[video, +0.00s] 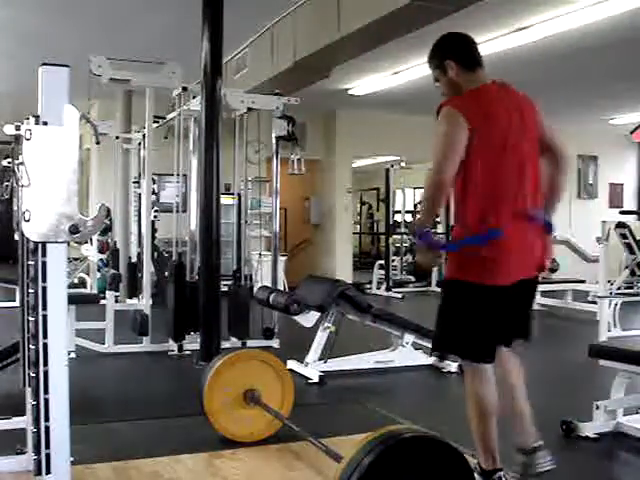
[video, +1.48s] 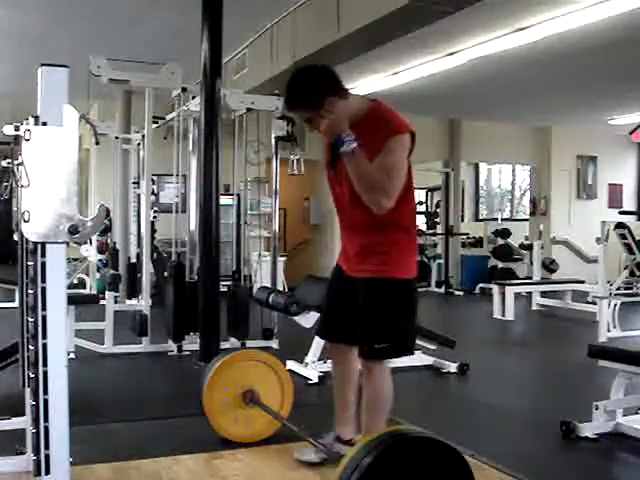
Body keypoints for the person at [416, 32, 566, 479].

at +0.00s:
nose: (439, 84)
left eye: (438, 76)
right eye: (437, 76)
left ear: (450, 68)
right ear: (479, 62)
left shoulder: (458, 109)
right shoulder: (520, 101)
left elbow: (442, 175)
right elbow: (560, 157)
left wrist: (423, 234)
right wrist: (545, 215)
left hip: (480, 253)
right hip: (527, 249)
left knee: (475, 363)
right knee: (503, 345)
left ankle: (489, 466)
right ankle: (532, 444)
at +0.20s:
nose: (427, 93)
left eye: (426, 82)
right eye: (424, 85)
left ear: (443, 72)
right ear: (463, 70)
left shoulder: (455, 119)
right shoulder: (499, 113)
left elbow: (442, 199)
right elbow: (514, 180)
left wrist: (396, 244)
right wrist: (475, 217)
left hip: (470, 260)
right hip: (503, 258)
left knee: (469, 362)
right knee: (470, 353)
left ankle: (489, 463)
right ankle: (463, 433)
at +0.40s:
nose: (414, 105)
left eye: (414, 95)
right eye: (410, 98)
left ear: (436, 81)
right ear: (437, 82)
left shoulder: (460, 123)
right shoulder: (460, 122)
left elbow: (450, 204)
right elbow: (450, 205)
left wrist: (405, 240)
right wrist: (407, 238)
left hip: (453, 267)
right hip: (455, 266)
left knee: (428, 360)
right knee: (435, 361)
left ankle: (473, 450)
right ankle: (440, 442)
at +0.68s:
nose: (395, 105)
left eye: (397, 95)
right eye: (391, 98)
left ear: (420, 81)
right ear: (407, 89)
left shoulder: (452, 124)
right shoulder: (415, 133)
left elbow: (459, 195)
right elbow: (413, 196)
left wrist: (406, 232)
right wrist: (395, 232)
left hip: (445, 255)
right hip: (426, 253)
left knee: (405, 343)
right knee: (433, 345)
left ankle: (410, 437)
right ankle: (439, 433)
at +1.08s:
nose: (353, 106)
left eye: (355, 95)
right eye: (348, 98)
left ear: (379, 81)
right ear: (362, 89)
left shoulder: (424, 128)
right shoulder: (360, 125)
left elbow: (443, 198)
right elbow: (366, 194)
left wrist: (387, 165)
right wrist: (358, 253)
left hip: (407, 264)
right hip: (373, 261)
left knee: (375, 357)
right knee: (401, 354)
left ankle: (369, 452)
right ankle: (431, 426)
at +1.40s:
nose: (320, 125)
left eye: (321, 114)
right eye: (314, 118)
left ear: (343, 98)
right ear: (333, 103)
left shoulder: (397, 125)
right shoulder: (339, 130)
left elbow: (390, 196)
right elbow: (351, 199)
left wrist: (357, 138)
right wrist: (351, 253)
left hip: (392, 268)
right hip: (354, 262)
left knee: (374, 358)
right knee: (338, 342)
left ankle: (370, 446)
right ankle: (373, 422)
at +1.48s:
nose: (314, 130)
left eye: (314, 119)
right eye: (308, 124)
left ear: (332, 101)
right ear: (324, 106)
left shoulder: (390, 126)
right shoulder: (339, 132)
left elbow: (382, 197)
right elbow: (347, 207)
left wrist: (345, 143)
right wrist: (345, 260)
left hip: (388, 270)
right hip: (350, 265)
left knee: (373, 360)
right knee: (340, 348)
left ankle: (372, 451)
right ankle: (344, 437)